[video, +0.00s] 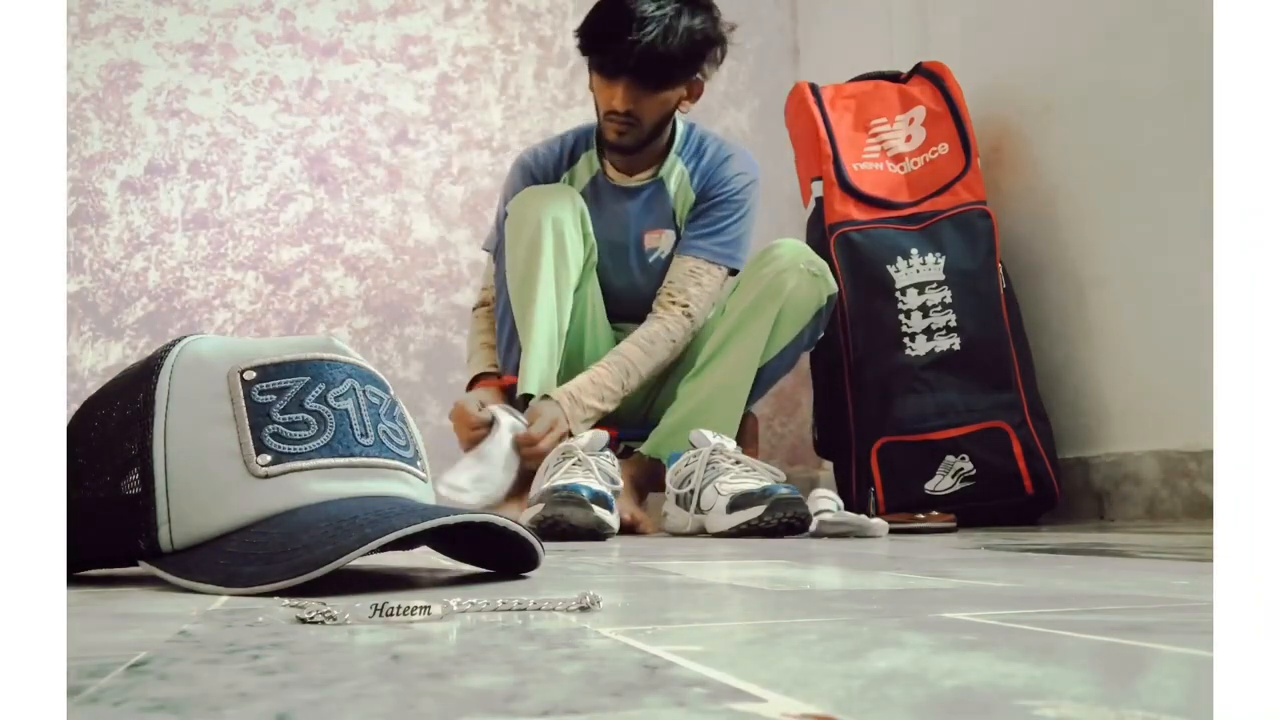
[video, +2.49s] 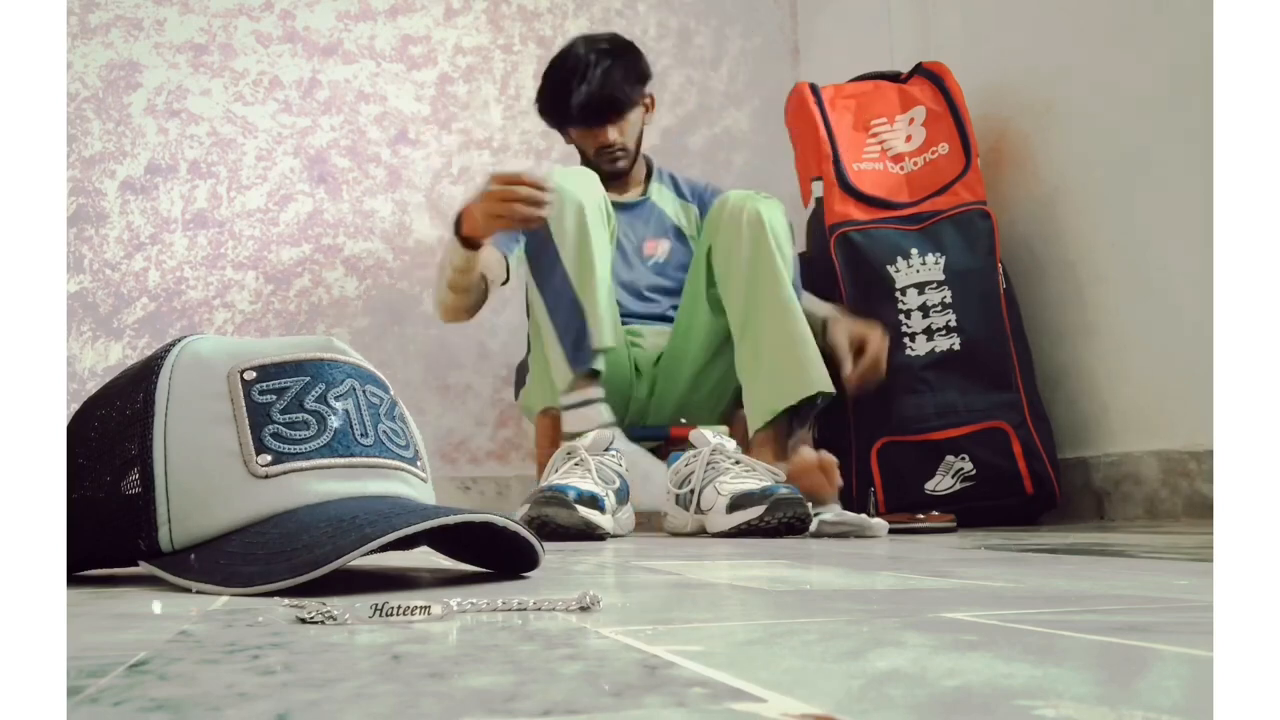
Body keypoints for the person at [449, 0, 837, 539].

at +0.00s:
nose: (619, 102)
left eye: (645, 86)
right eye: (607, 76)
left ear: (689, 92)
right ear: (589, 70)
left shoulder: (725, 173)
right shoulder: (541, 169)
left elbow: (676, 318)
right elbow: (493, 300)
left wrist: (571, 405)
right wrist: (486, 386)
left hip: (675, 378)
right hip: (577, 374)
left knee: (795, 264)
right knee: (542, 202)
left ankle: (649, 471)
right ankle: (565, 455)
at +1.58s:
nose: (660, 137)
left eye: (685, 123)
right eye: (651, 109)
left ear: (714, 119)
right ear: (627, 81)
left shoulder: (734, 175)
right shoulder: (563, 177)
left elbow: (699, 313)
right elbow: (505, 295)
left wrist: (598, 386)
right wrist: (484, 385)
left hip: (681, 376)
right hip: (582, 364)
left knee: (811, 269)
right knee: (537, 207)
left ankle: (644, 475)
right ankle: (517, 457)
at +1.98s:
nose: (672, 136)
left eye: (694, 125)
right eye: (663, 112)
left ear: (724, 117)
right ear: (637, 84)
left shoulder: (745, 187)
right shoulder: (569, 173)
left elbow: (709, 315)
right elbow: (508, 287)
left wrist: (609, 386)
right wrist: (486, 372)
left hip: (689, 376)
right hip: (587, 363)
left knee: (827, 279)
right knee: (550, 210)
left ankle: (655, 475)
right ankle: (524, 464)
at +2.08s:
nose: (674, 135)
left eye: (696, 121)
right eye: (664, 108)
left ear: (722, 116)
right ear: (633, 88)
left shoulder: (740, 183)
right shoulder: (566, 176)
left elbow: (726, 298)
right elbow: (506, 286)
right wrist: (475, 341)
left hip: (678, 384)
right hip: (579, 379)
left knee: (830, 281)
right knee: (546, 210)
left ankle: (698, 461)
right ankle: (520, 461)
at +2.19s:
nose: (659, 123)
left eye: (678, 105)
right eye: (644, 99)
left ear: (701, 99)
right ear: (612, 89)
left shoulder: (730, 175)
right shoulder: (556, 178)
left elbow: (775, 281)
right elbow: (473, 315)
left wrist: (736, 212)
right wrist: (444, 277)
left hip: (689, 371)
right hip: (587, 363)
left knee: (821, 277)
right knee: (528, 205)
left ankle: (681, 467)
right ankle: (524, 460)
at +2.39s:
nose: (614, 145)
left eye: (628, 126)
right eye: (596, 129)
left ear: (655, 115)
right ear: (571, 122)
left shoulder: (698, 206)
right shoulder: (550, 193)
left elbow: (751, 294)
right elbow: (453, 275)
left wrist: (825, 252)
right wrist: (486, 200)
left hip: (691, 387)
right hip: (588, 384)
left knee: (737, 202)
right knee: (547, 196)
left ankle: (758, 426)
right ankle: (542, 423)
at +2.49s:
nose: (607, 143)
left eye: (618, 123)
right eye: (589, 128)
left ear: (647, 108)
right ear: (565, 131)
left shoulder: (695, 202)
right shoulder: (553, 205)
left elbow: (758, 287)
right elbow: (455, 309)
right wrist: (465, 235)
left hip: (690, 382)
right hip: (592, 384)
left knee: (751, 208)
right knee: (566, 187)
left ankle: (772, 462)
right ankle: (586, 446)